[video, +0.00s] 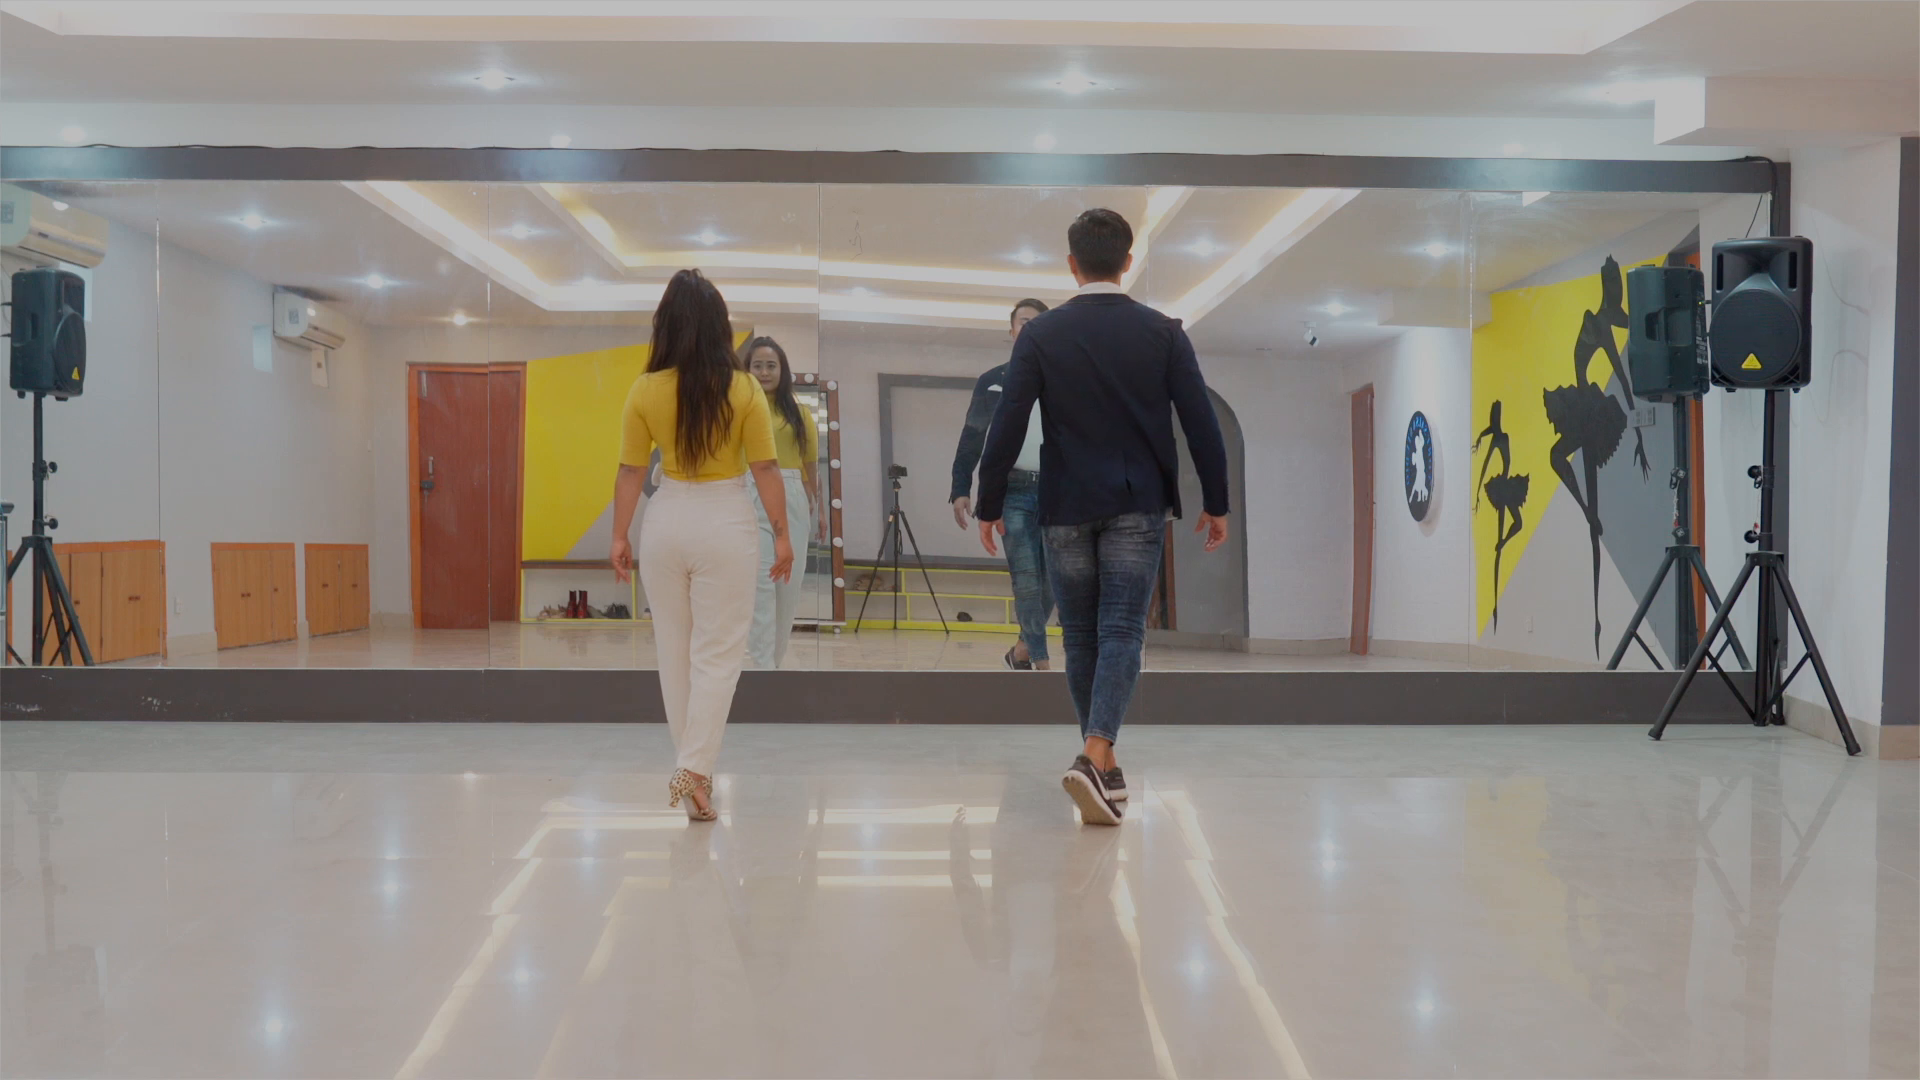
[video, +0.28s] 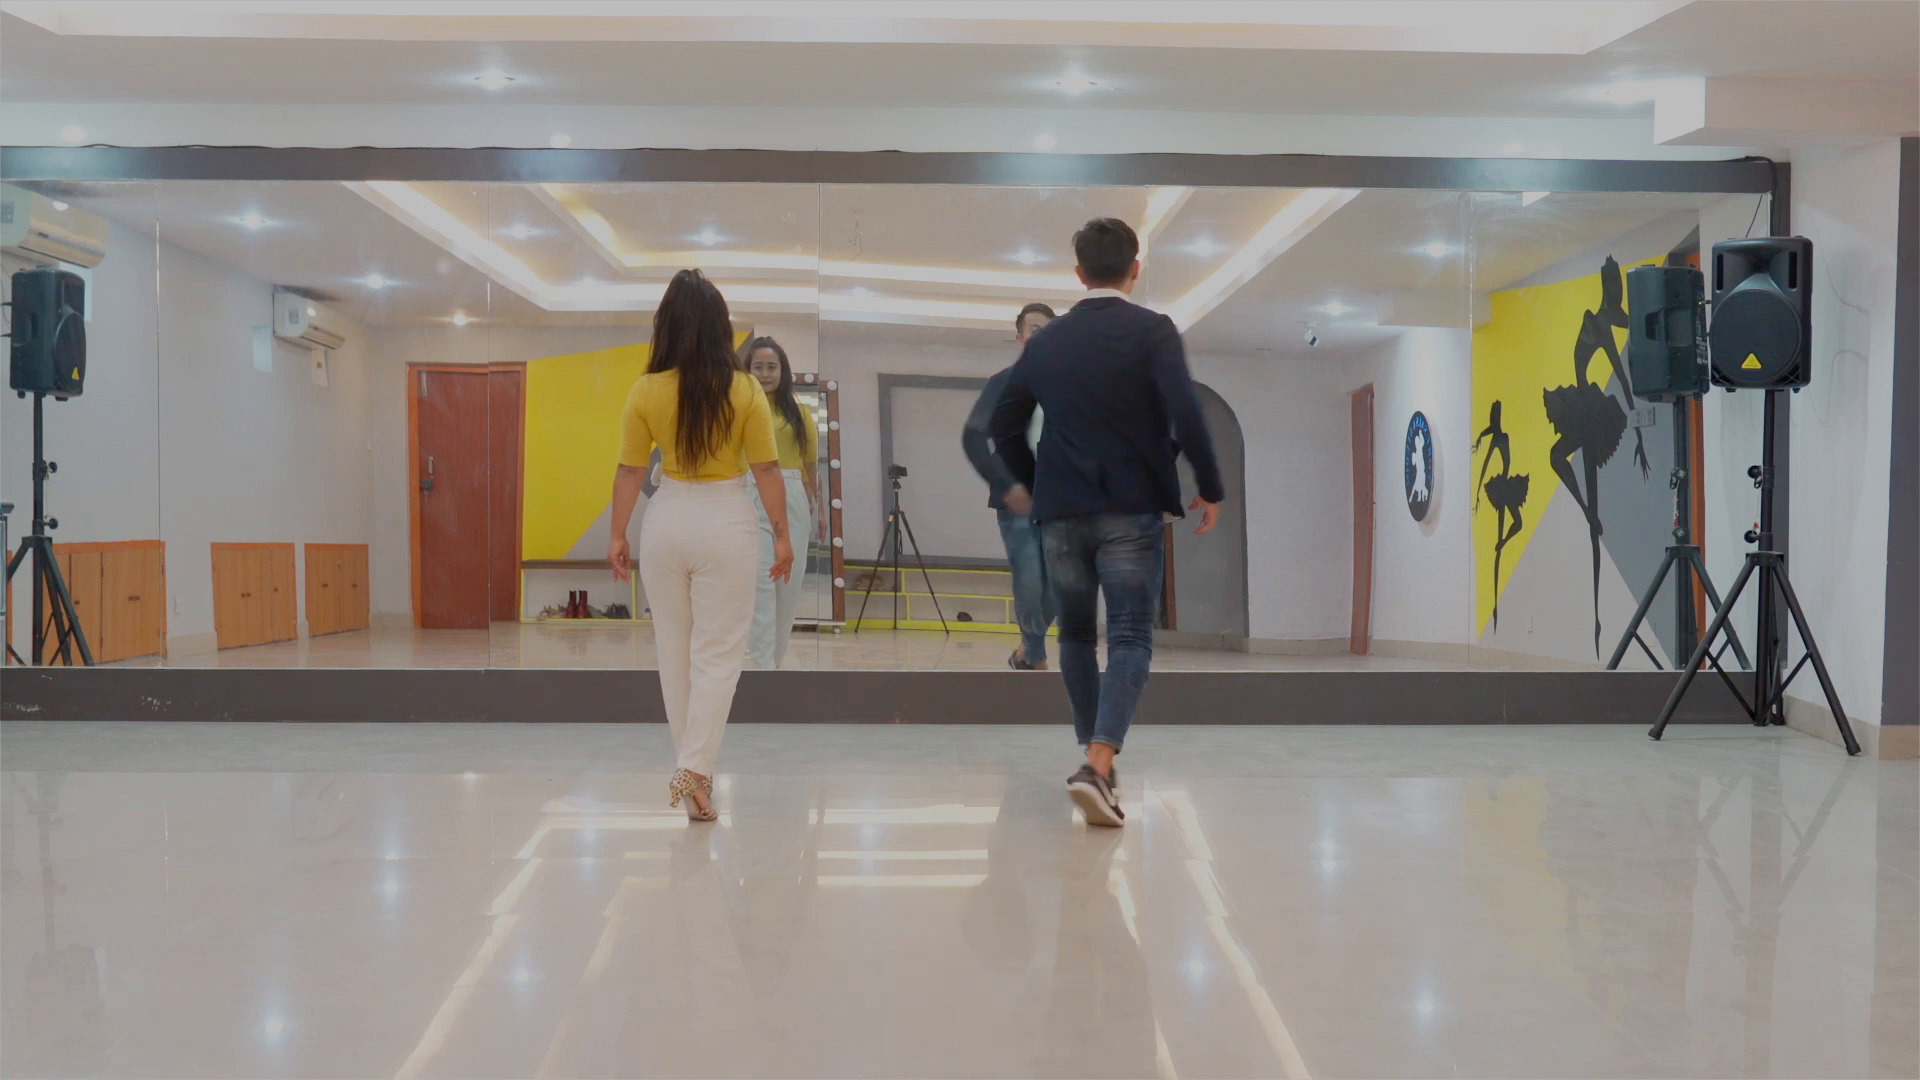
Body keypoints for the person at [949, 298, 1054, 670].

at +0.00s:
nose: (1028, 329)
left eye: (1036, 324)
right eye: (1022, 323)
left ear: (1048, 332)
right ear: (1011, 330)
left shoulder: (1062, 379)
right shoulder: (993, 381)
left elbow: (1077, 434)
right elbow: (972, 436)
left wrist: (1080, 486)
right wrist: (961, 488)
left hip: (1057, 488)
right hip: (1014, 486)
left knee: (1055, 577)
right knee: (1026, 574)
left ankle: (1021, 650)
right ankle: (1041, 661)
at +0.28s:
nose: (1040, 335)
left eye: (1046, 329)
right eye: (1033, 329)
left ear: (1055, 336)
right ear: (1019, 336)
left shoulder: (1069, 383)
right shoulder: (1005, 382)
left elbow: (1084, 438)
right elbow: (973, 436)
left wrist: (1072, 485)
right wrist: (1007, 486)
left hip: (1060, 497)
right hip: (1021, 498)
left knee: (1060, 584)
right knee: (1030, 581)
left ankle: (1026, 649)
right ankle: (1037, 659)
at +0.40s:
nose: (1049, 343)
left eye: (1055, 337)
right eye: (1040, 336)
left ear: (1064, 340)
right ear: (1026, 340)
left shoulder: (1051, 378)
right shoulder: (1028, 380)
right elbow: (1020, 442)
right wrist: (1044, 482)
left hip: (1039, 492)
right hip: (1021, 495)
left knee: (1056, 577)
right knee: (1051, 579)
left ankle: (1018, 654)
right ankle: (1015, 657)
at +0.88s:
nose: (1058, 355)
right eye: (1058, 347)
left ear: (1027, 350)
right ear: (1060, 350)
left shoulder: (1010, 386)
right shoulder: (1070, 386)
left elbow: (961, 435)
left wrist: (989, 478)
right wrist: (1066, 477)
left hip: (1008, 496)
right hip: (1052, 497)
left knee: (1024, 579)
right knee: (1045, 583)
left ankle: (1025, 655)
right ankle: (1021, 658)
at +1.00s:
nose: (1064, 353)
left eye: (1061, 345)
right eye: (1062, 346)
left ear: (1028, 350)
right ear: (1059, 350)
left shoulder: (1010, 384)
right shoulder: (1069, 385)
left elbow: (958, 428)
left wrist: (978, 476)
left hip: (1009, 493)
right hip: (1053, 492)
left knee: (1030, 581)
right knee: (1049, 585)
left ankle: (1046, 662)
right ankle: (1019, 663)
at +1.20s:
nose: (1039, 366)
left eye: (1035, 359)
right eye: (1043, 359)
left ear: (1027, 360)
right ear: (1064, 360)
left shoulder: (1010, 394)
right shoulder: (1075, 396)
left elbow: (977, 437)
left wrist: (981, 493)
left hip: (1023, 504)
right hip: (1069, 504)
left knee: (1040, 588)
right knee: (1061, 589)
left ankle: (1065, 659)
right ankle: (1028, 658)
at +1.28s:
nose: (1020, 365)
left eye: (1021, 360)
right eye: (1022, 359)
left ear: (1027, 362)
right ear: (1061, 361)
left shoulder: (1015, 396)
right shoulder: (1075, 394)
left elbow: (995, 453)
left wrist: (986, 501)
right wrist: (986, 454)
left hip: (1027, 508)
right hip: (1070, 506)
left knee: (1040, 589)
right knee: (1064, 588)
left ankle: (1066, 661)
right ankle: (1036, 657)